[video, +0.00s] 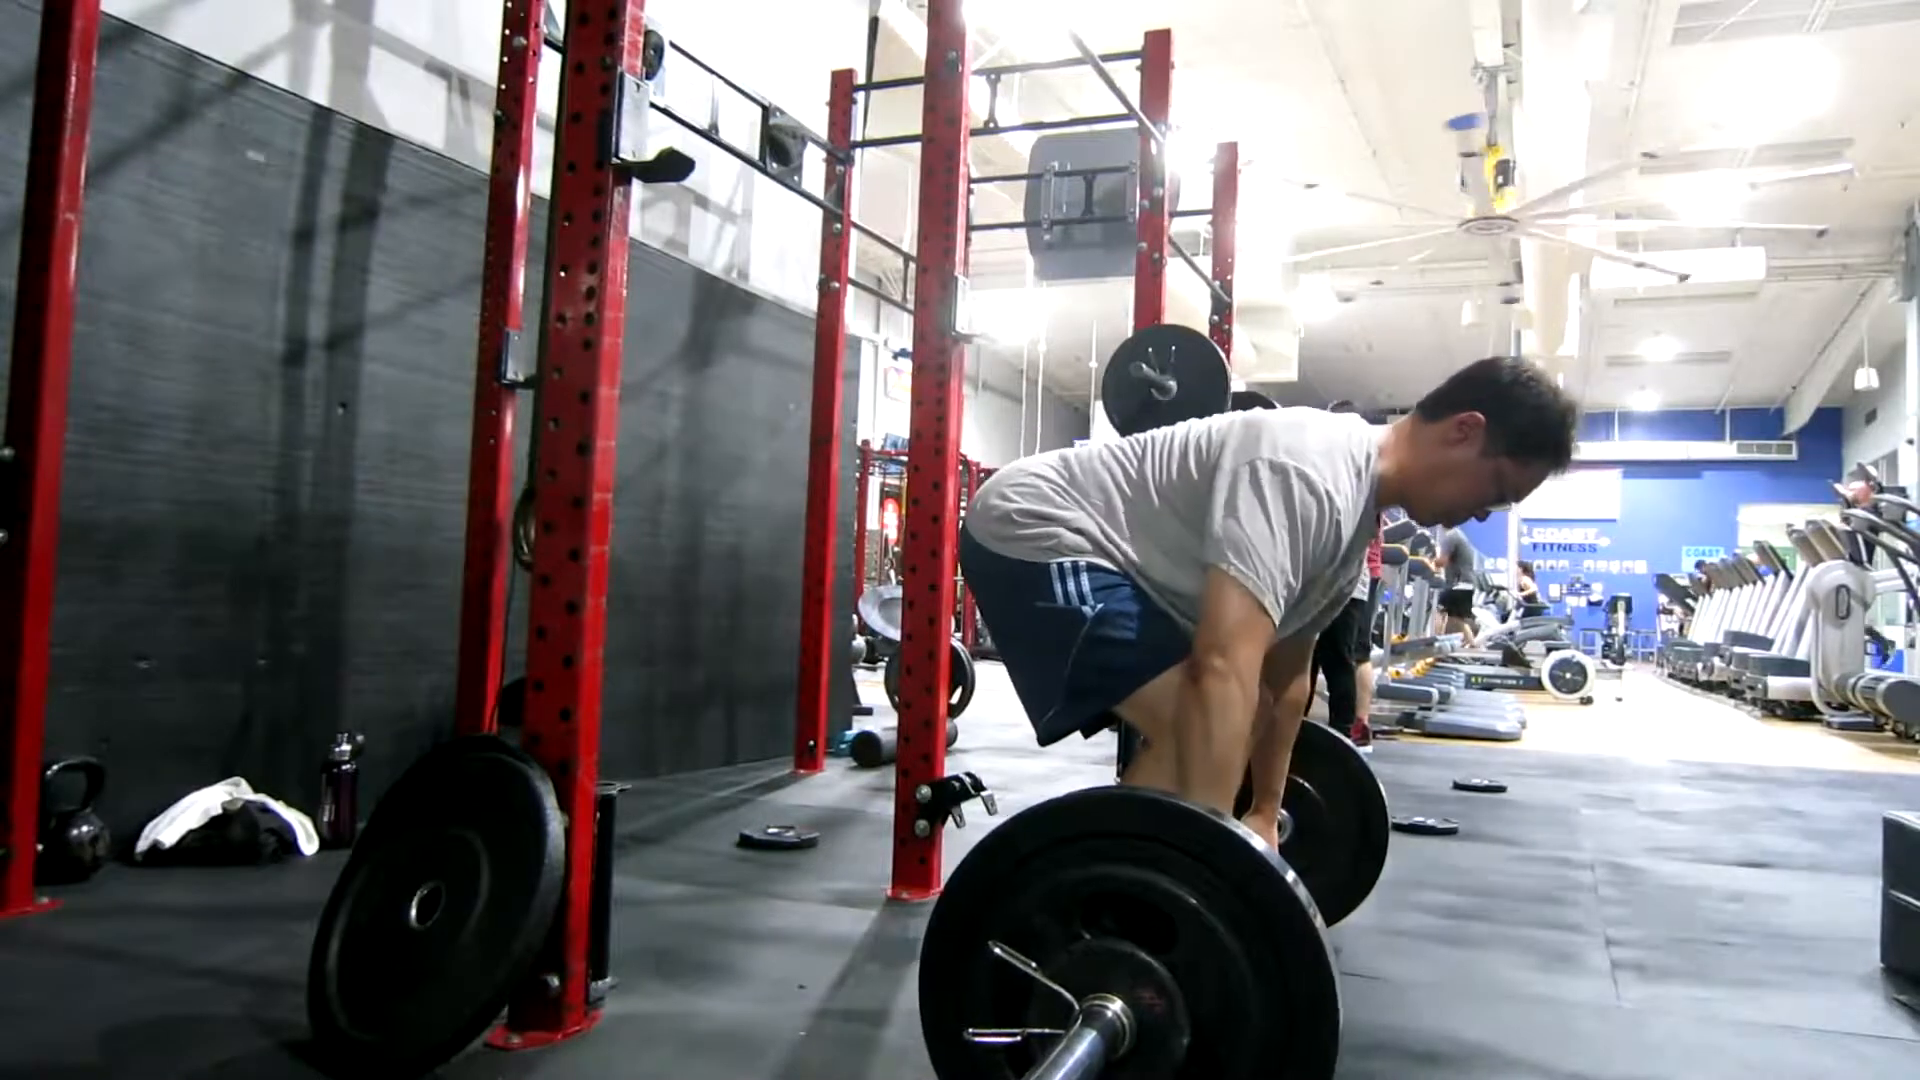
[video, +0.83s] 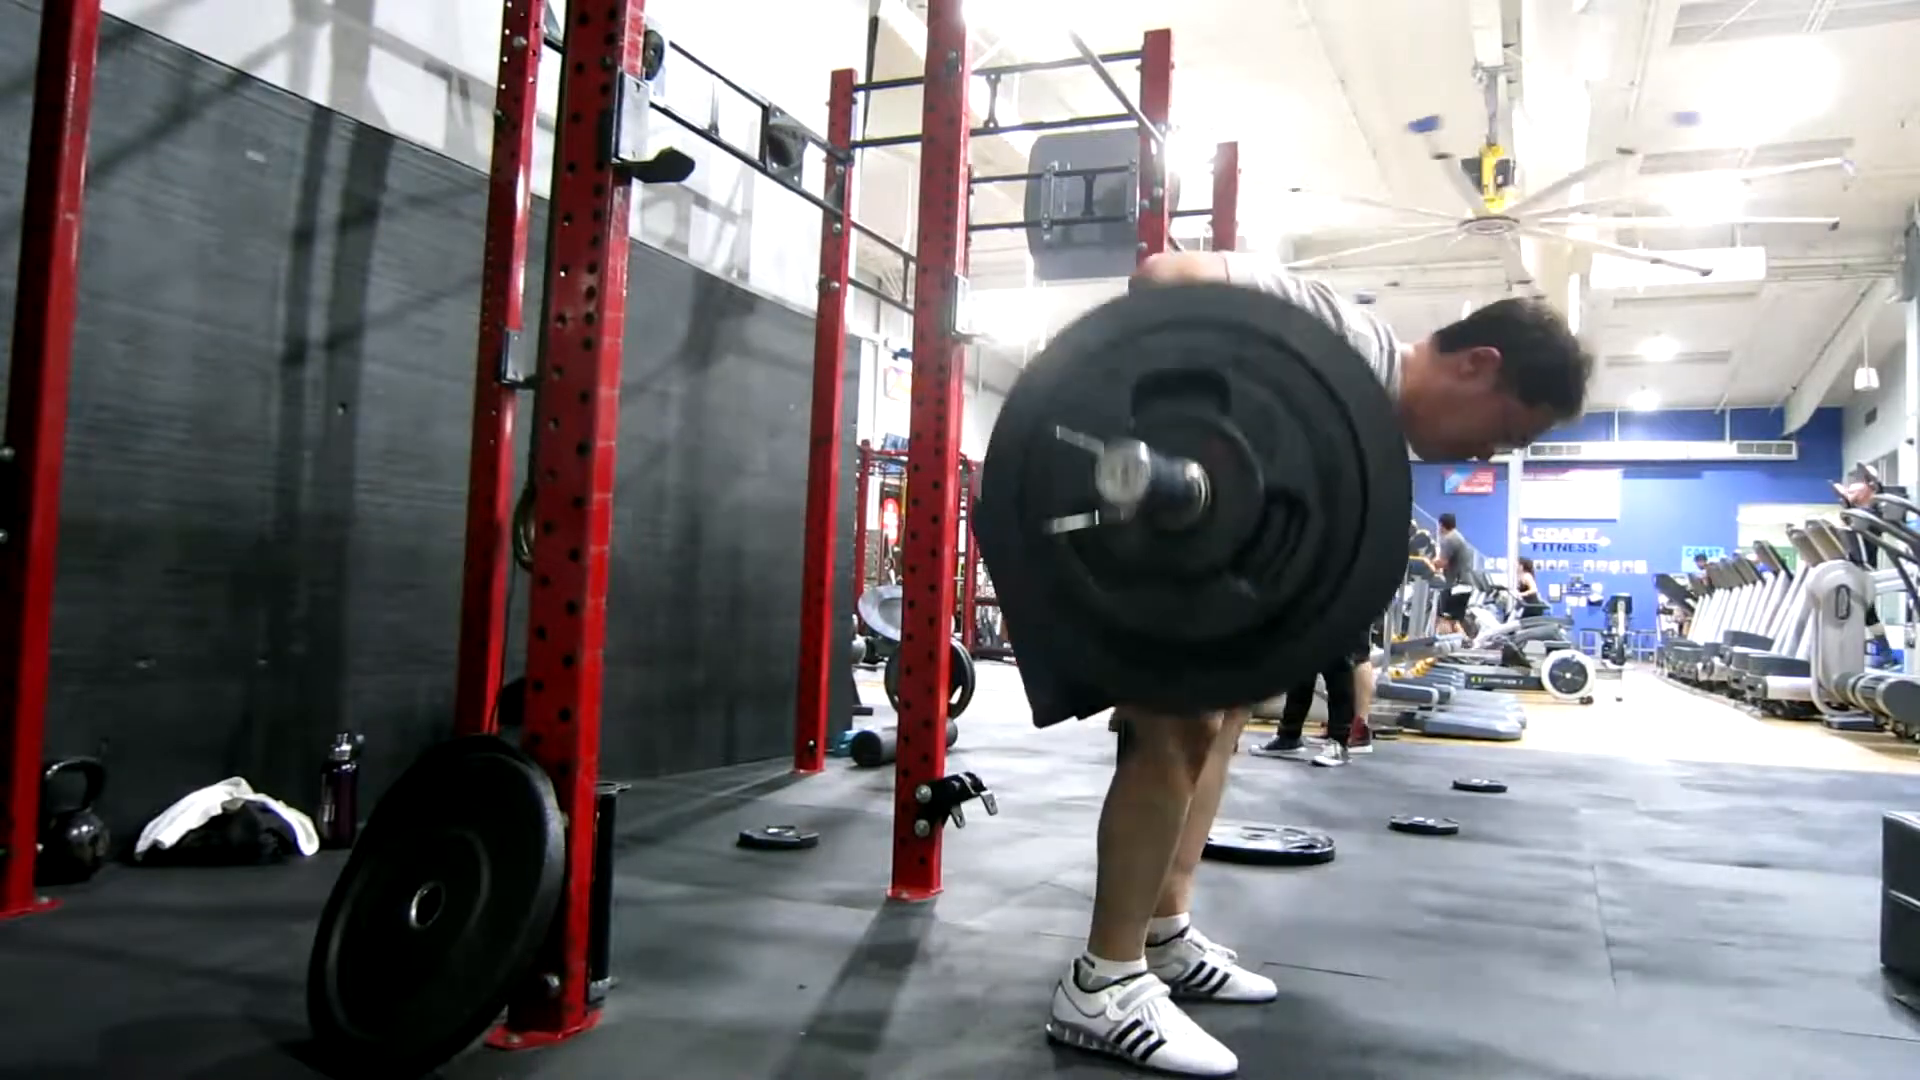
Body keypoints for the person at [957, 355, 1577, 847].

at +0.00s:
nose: (1484, 517)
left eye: (1502, 505)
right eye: (1497, 494)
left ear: (1465, 436)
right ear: (1465, 434)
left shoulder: (1353, 524)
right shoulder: (1306, 470)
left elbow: (1287, 675)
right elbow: (1219, 666)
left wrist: (1266, 813)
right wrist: (1200, 857)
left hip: (1094, 545)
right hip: (1036, 522)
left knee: (1183, 727)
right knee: (1197, 710)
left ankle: (1117, 905)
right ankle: (1157, 910)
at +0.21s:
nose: (1486, 486)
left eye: (1502, 473)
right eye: (1495, 461)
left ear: (1460, 403)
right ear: (1461, 402)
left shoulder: (1355, 487)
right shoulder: (1302, 436)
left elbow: (1276, 631)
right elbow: (1201, 617)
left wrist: (1266, 783)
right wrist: (1205, 812)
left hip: (1107, 535)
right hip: (1038, 507)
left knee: (1223, 716)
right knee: (1189, 730)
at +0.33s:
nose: (1485, 454)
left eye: (1504, 441)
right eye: (1498, 428)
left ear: (1463, 366)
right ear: (1464, 367)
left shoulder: (1350, 460)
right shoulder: (1311, 395)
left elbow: (1259, 594)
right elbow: (1187, 541)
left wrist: (1273, 738)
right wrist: (1211, 733)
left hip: (1110, 526)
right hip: (1045, 495)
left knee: (1134, 753)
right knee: (1109, 749)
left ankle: (1145, 998)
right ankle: (1106, 1009)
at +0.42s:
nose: (1482, 421)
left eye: (1500, 409)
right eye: (1494, 397)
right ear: (1463, 335)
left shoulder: (1341, 423)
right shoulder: (1309, 362)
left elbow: (1255, 550)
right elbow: (1183, 469)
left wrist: (1272, 694)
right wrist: (1203, 668)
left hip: (1120, 515)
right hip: (1049, 490)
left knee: (1185, 717)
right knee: (1110, 734)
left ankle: (1176, 948)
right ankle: (1102, 985)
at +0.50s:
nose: (1474, 387)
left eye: (1491, 374)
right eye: (1488, 364)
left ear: (1455, 300)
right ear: (1457, 298)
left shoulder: (1350, 389)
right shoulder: (1308, 321)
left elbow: (1257, 500)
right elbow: (1170, 413)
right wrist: (1212, 589)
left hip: (1113, 502)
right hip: (1045, 485)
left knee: (1183, 703)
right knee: (1148, 715)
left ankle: (1161, 932)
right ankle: (1103, 980)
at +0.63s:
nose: (1468, 365)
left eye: (1487, 354)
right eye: (1483, 342)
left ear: (1448, 279)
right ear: (1450, 274)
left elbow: (1336, 529)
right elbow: (1154, 321)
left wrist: (1350, 663)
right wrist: (1212, 473)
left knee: (1211, 717)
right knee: (1163, 725)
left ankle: (1163, 932)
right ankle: (1103, 980)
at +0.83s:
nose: (1486, 458)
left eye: (1507, 446)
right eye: (1503, 435)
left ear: (1472, 366)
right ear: (1476, 366)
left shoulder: (1371, 397)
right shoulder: (1346, 336)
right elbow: (1168, 271)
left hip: (1200, 555)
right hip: (1133, 533)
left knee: (1220, 724)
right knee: (1172, 733)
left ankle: (1162, 939)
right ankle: (1102, 981)